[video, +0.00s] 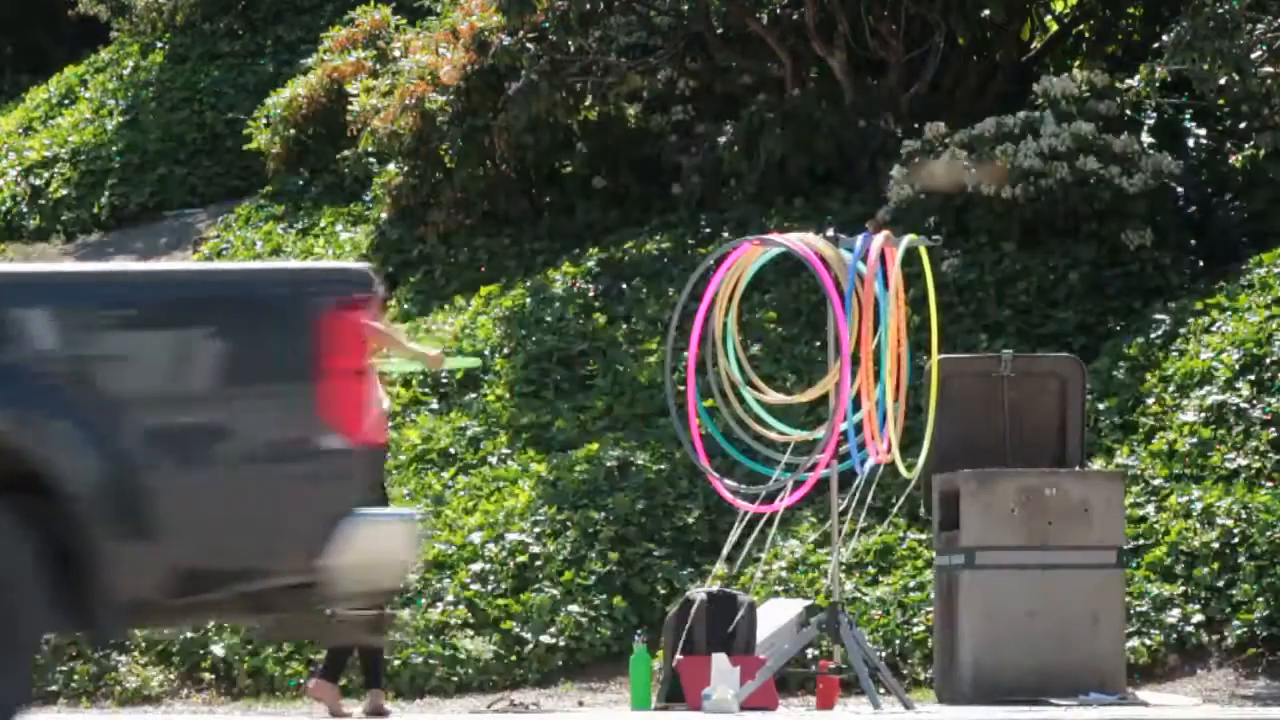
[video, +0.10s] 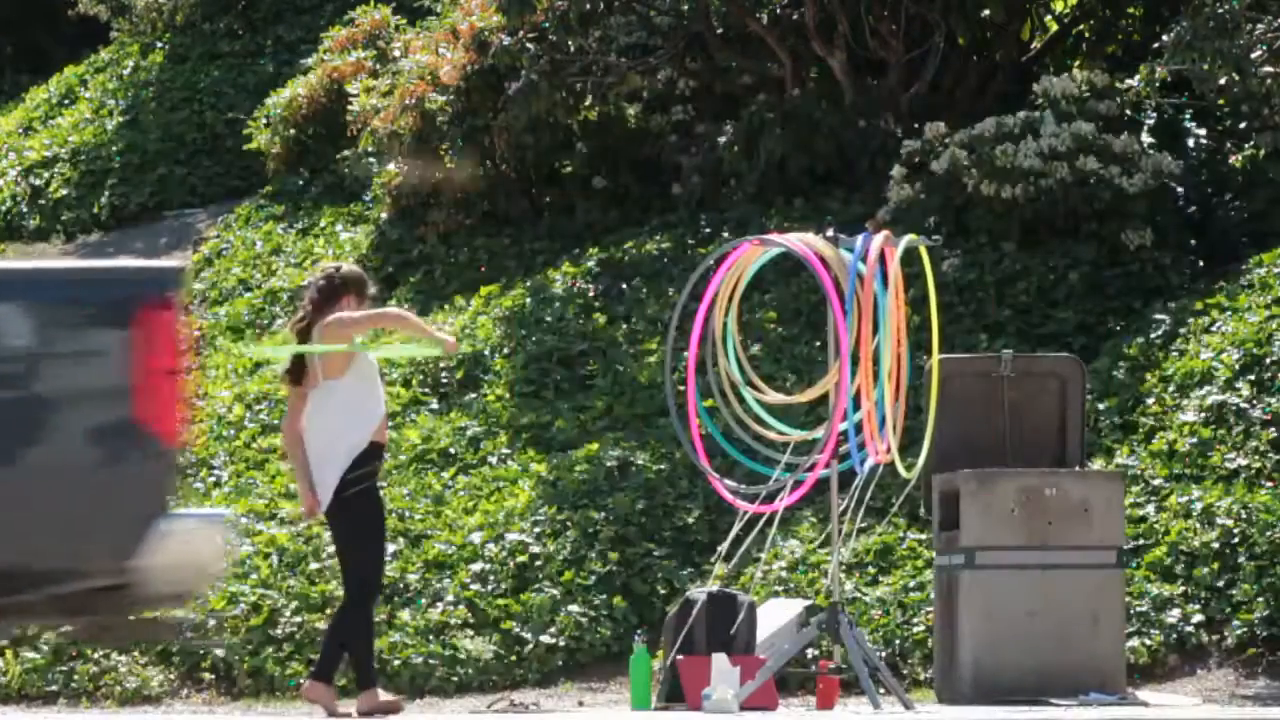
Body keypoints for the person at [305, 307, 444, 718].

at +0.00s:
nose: (382, 312)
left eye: (382, 305)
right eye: (379, 304)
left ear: (353, 299)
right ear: (365, 301)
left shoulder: (335, 331)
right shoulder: (352, 326)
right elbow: (387, 337)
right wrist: (427, 354)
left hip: (351, 458)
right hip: (357, 459)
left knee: (371, 570)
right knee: (370, 568)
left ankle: (375, 690)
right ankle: (327, 677)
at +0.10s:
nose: (362, 311)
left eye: (363, 303)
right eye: (360, 302)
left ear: (321, 303)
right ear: (344, 299)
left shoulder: (310, 352)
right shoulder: (332, 326)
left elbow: (291, 427)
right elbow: (391, 315)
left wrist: (305, 485)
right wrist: (435, 335)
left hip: (337, 478)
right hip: (354, 475)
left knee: (360, 587)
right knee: (363, 586)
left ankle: (367, 689)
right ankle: (321, 680)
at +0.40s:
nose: (341, 302)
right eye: (340, 296)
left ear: (297, 305)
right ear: (341, 299)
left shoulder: (286, 354)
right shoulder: (365, 331)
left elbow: (278, 433)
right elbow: (435, 302)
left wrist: (280, 499)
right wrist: (380, 314)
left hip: (306, 481)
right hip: (359, 474)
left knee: (328, 583)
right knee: (348, 582)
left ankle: (335, 688)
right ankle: (321, 677)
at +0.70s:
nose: (287, 317)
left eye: (288, 308)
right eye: (285, 309)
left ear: (307, 305)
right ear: (327, 303)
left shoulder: (301, 353)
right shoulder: (366, 341)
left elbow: (284, 428)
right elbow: (397, 338)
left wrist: (256, 490)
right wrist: (359, 303)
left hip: (309, 486)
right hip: (360, 484)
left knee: (313, 587)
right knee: (338, 581)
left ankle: (325, 693)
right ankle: (343, 674)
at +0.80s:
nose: (288, 319)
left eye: (291, 310)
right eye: (286, 311)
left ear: (315, 304)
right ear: (326, 304)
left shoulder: (309, 356)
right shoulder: (362, 345)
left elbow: (286, 431)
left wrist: (251, 490)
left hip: (307, 479)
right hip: (349, 478)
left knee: (310, 587)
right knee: (323, 581)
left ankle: (324, 695)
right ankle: (361, 661)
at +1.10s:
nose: (299, 322)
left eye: (305, 313)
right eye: (297, 314)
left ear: (335, 307)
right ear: (327, 310)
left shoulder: (341, 358)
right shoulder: (329, 352)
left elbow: (298, 422)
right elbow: (276, 391)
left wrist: (252, 478)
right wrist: (231, 360)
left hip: (313, 476)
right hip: (301, 472)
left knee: (302, 586)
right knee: (281, 584)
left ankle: (324, 696)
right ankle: (342, 672)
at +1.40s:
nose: (305, 319)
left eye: (316, 311)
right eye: (301, 309)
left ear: (342, 311)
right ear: (297, 309)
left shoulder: (345, 361)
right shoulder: (292, 349)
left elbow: (296, 418)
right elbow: (238, 387)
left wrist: (242, 464)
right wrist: (197, 360)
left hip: (304, 472)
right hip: (275, 469)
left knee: (299, 585)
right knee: (263, 584)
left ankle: (325, 696)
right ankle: (275, 689)